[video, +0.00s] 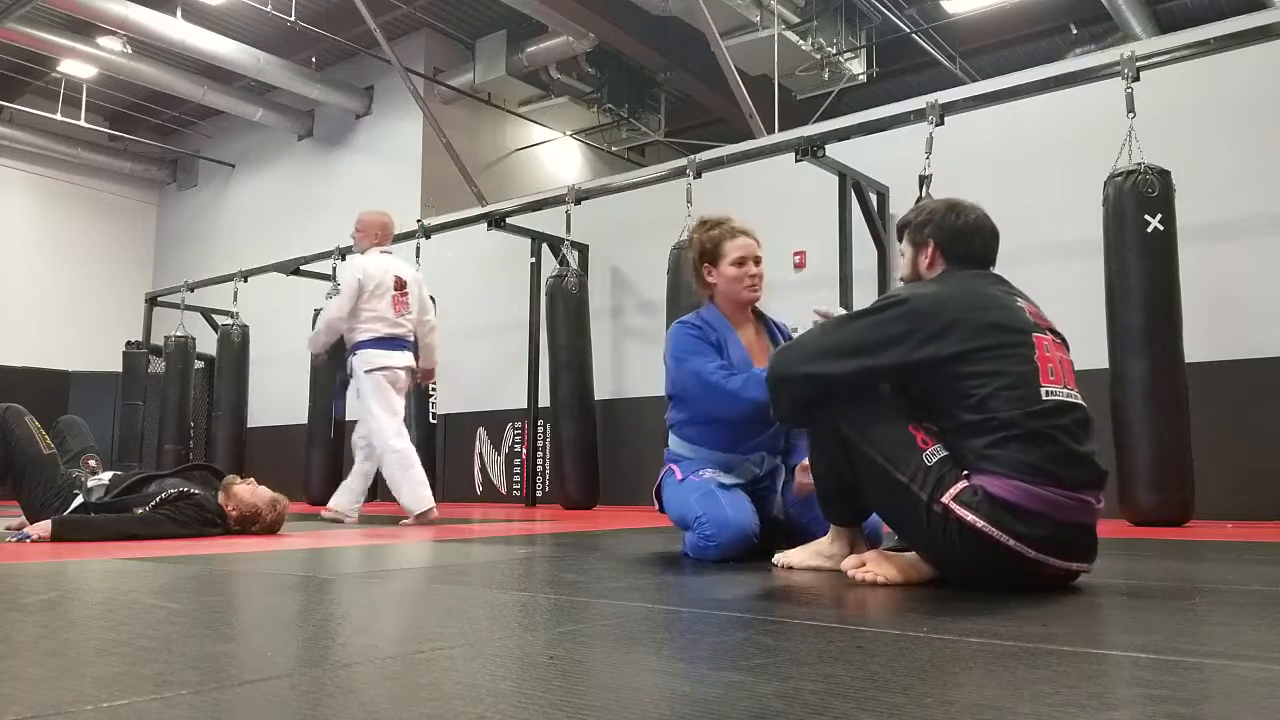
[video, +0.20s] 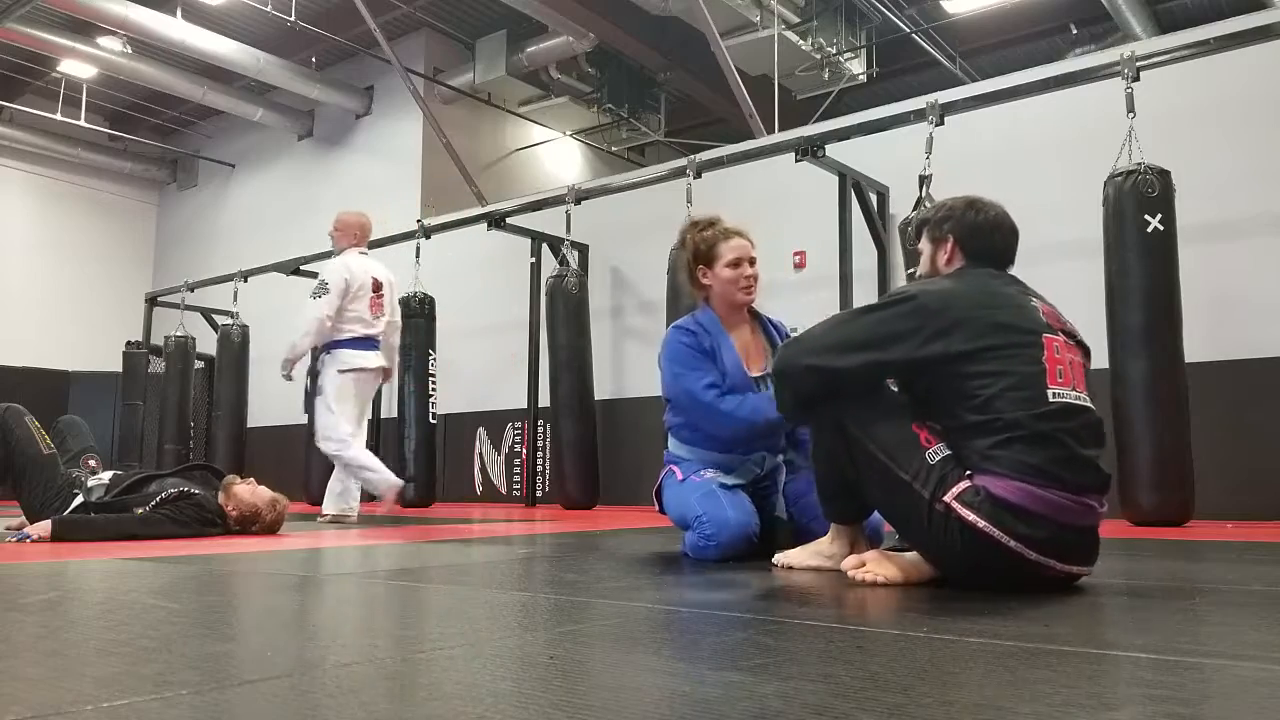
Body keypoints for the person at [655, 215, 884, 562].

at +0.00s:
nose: (754, 272)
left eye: (757, 262)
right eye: (740, 264)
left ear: (764, 266)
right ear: (710, 274)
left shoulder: (781, 336)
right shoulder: (688, 334)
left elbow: (798, 415)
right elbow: (723, 394)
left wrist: (802, 463)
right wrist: (798, 376)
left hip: (773, 473)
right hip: (700, 472)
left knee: (865, 528)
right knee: (735, 533)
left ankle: (770, 530)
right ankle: (696, 542)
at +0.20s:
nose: (749, 273)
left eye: (752, 263)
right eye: (735, 265)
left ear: (759, 265)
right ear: (705, 276)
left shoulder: (779, 335)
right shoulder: (684, 339)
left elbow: (802, 425)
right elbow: (717, 417)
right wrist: (796, 395)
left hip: (777, 471)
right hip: (702, 472)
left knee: (866, 527)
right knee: (734, 533)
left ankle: (770, 528)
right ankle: (698, 540)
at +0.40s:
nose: (762, 276)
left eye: (764, 266)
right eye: (747, 270)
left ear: (770, 269)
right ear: (717, 281)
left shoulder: (792, 341)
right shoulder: (690, 344)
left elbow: (824, 407)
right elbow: (677, 435)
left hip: (773, 474)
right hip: (701, 475)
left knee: (875, 526)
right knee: (732, 533)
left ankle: (774, 530)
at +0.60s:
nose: (791, 277)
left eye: (794, 267)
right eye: (777, 269)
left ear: (799, 272)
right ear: (745, 279)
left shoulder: (810, 343)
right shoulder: (705, 340)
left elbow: (843, 406)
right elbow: (660, 413)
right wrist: (676, 434)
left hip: (778, 475)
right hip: (704, 474)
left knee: (878, 528)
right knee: (734, 534)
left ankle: (777, 529)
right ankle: (697, 541)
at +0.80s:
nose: (827, 284)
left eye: (830, 276)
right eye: (814, 273)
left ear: (833, 281)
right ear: (779, 280)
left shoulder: (828, 349)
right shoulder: (731, 334)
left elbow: (852, 414)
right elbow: (681, 417)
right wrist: (713, 405)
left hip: (779, 475)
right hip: (705, 469)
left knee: (876, 529)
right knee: (731, 538)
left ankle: (777, 524)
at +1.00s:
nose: (846, 289)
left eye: (848, 279)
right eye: (837, 276)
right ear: (799, 273)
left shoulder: (835, 342)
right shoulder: (741, 331)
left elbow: (860, 412)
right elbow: (744, 404)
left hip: (788, 466)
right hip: (710, 461)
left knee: (881, 532)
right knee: (730, 539)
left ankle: (783, 519)